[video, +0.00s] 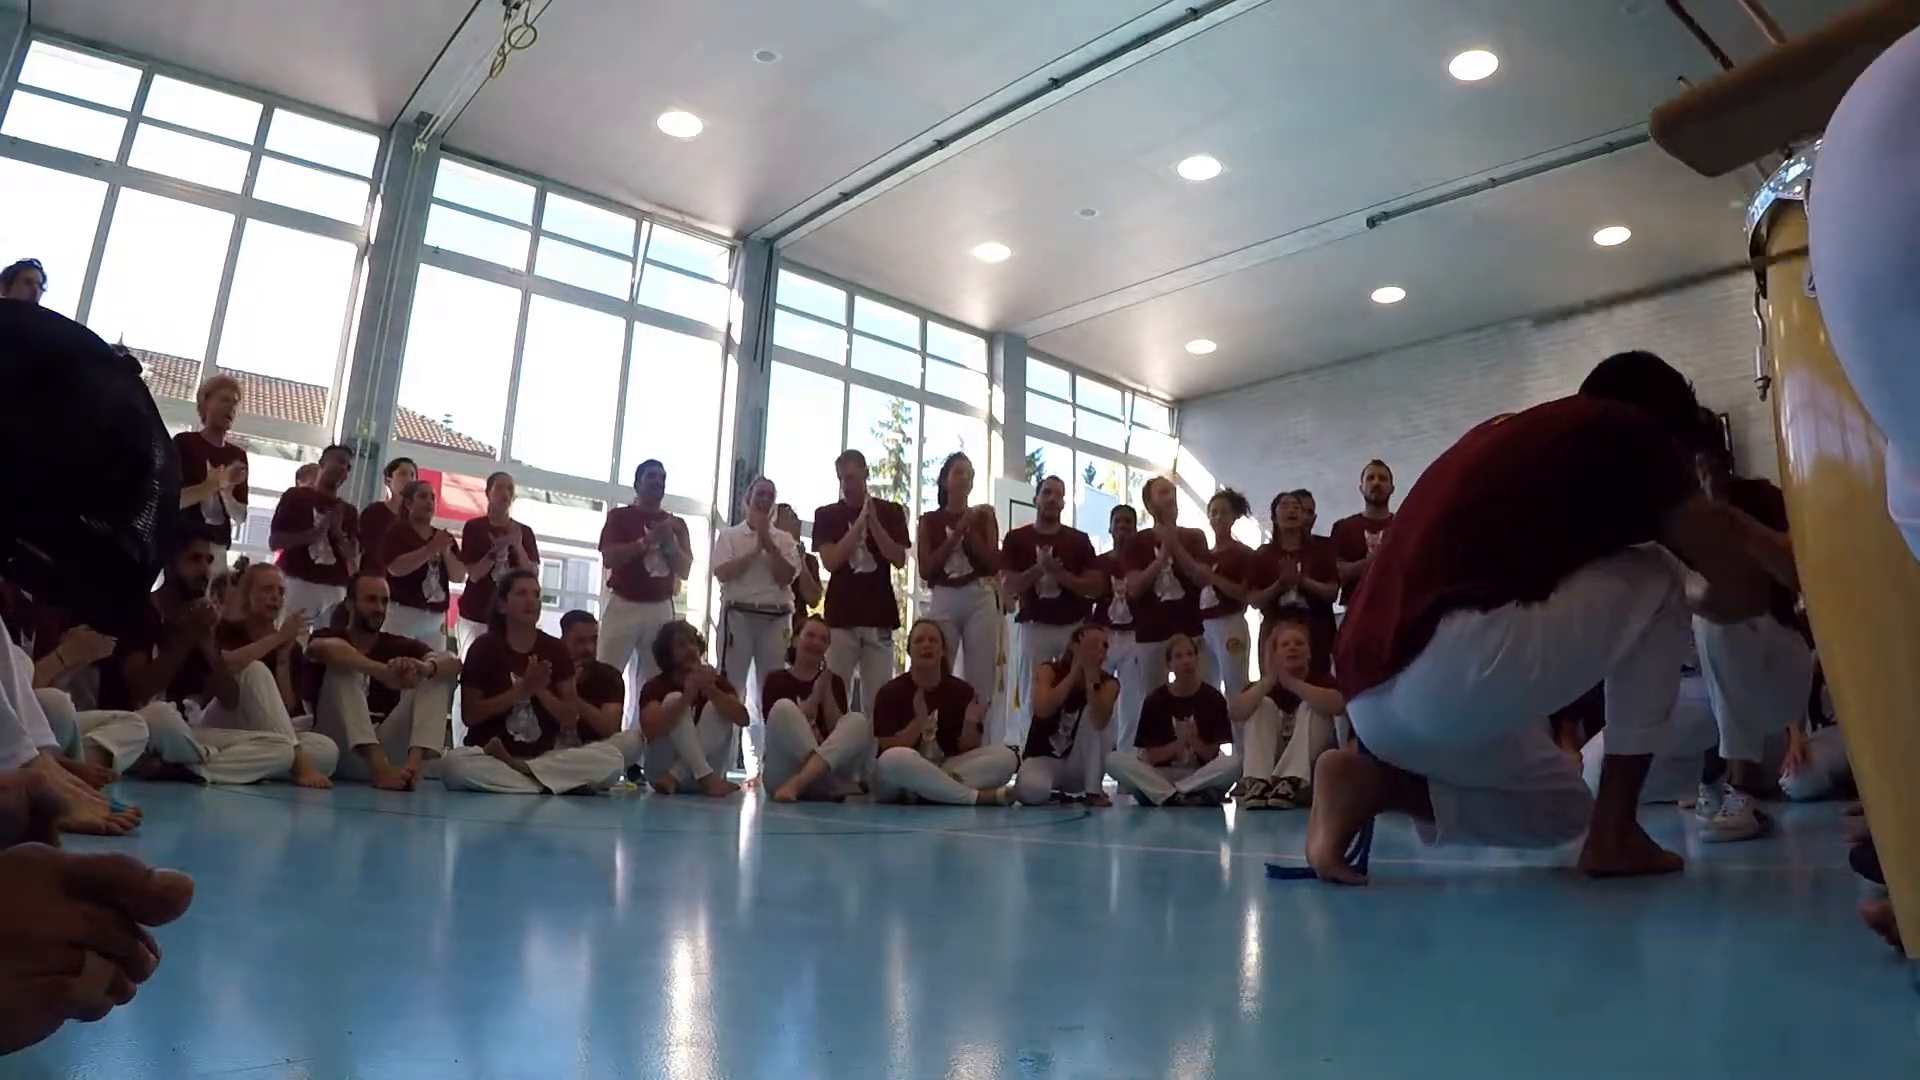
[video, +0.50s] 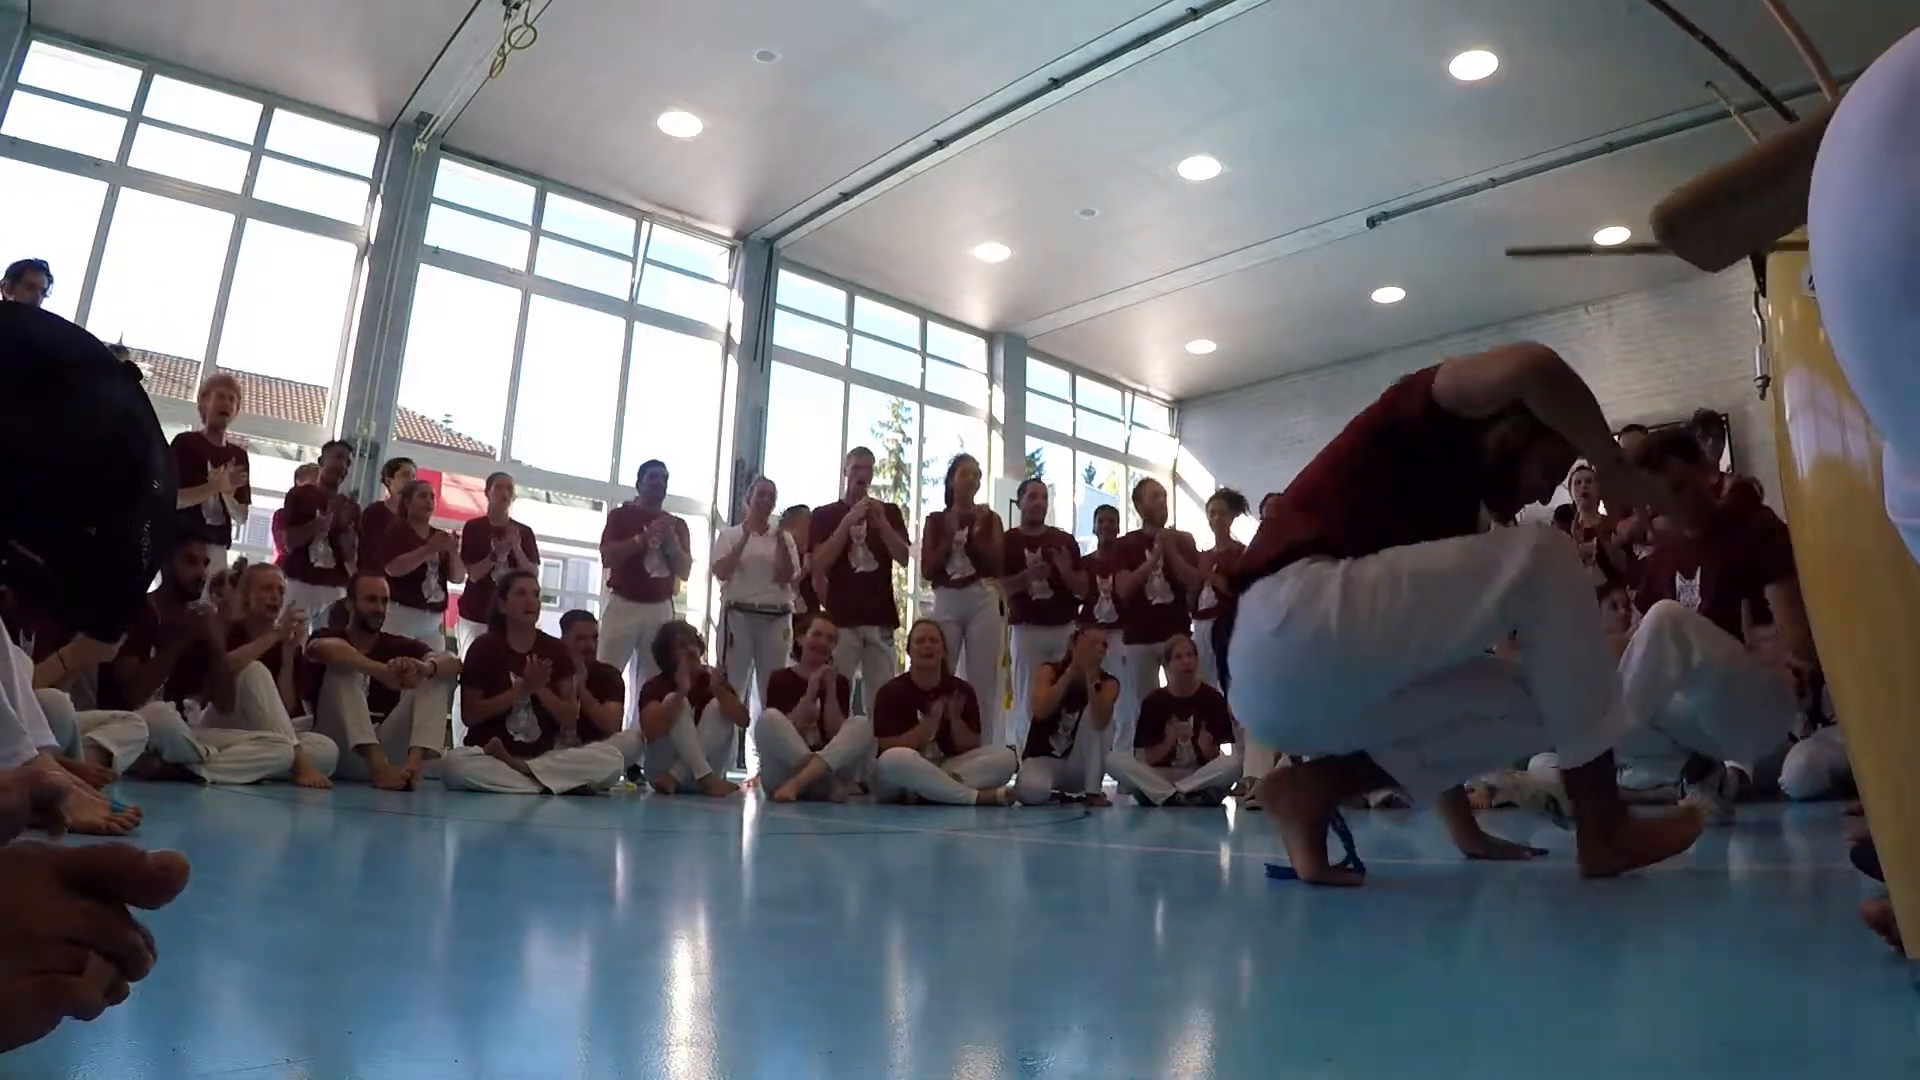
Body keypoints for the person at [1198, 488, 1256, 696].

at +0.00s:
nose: (1218, 518)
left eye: (1224, 512)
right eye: (1214, 513)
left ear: (1235, 516)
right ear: (1207, 517)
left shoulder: (1245, 553)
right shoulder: (1205, 556)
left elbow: (1245, 594)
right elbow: (1196, 586)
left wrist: (1211, 576)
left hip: (1231, 622)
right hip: (1203, 624)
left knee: (1236, 693)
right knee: (1206, 692)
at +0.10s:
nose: (1218, 518)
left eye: (1223, 512)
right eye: (1213, 513)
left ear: (1234, 516)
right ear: (1207, 517)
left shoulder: (1245, 554)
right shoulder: (1204, 557)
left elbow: (1245, 595)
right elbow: (1194, 591)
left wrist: (1212, 576)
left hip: (1231, 622)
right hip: (1202, 624)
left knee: (1235, 693)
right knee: (1205, 692)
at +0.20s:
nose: (1217, 518)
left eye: (1222, 512)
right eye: (1212, 513)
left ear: (1234, 515)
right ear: (1207, 517)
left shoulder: (1245, 553)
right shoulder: (1203, 557)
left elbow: (1244, 595)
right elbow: (1194, 591)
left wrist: (1212, 577)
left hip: (1230, 621)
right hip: (1202, 624)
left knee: (1235, 692)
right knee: (1205, 691)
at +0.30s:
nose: (1217, 518)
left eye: (1223, 513)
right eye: (1212, 513)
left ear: (1234, 516)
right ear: (1207, 517)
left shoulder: (1244, 553)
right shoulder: (1205, 557)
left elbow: (1244, 594)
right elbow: (1196, 585)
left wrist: (1213, 577)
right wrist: (1188, 558)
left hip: (1229, 621)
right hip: (1202, 623)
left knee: (1234, 688)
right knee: (1205, 687)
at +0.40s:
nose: (1216, 518)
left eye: (1222, 513)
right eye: (1212, 513)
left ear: (1233, 516)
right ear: (1206, 517)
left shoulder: (1244, 554)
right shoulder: (1202, 558)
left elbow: (1243, 595)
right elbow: (1193, 593)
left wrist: (1212, 576)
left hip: (1229, 621)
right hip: (1200, 623)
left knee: (1233, 687)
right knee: (1204, 687)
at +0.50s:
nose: (1216, 519)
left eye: (1222, 513)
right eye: (1212, 513)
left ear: (1233, 516)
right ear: (1207, 517)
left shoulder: (1242, 553)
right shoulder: (1202, 558)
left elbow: (1240, 593)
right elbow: (1192, 600)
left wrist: (1211, 576)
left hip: (1229, 621)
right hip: (1201, 622)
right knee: (1202, 683)